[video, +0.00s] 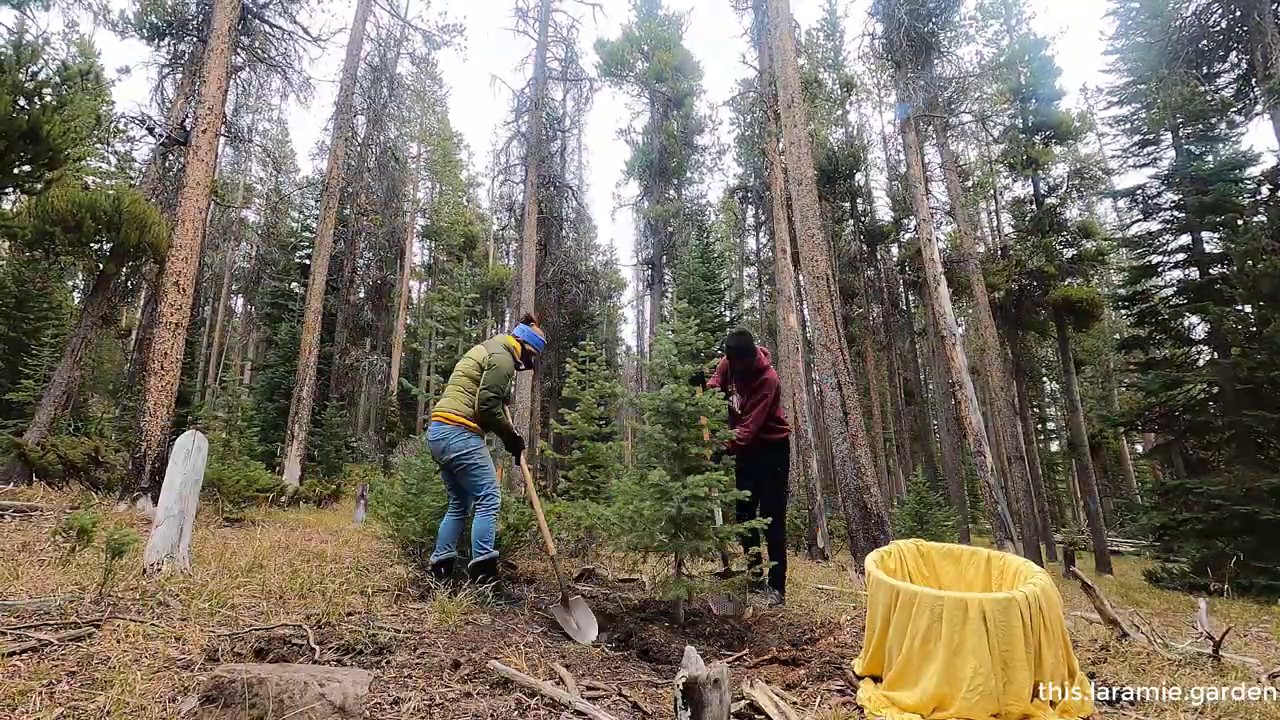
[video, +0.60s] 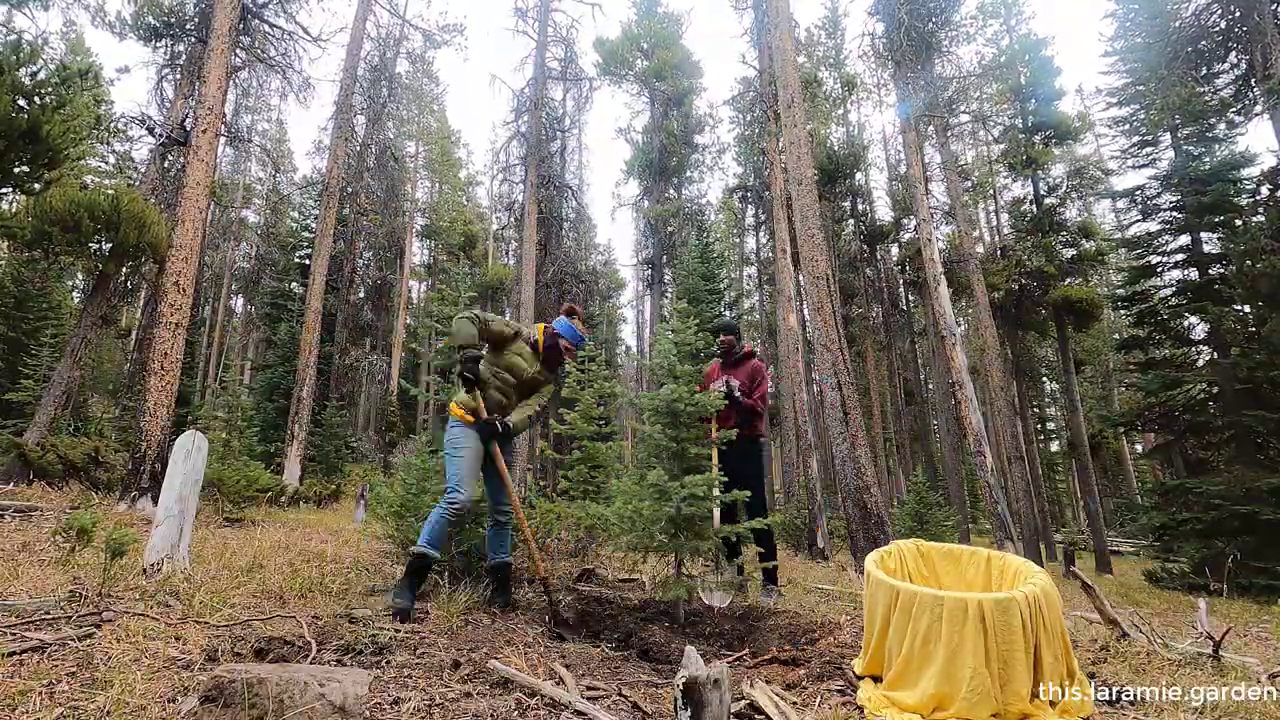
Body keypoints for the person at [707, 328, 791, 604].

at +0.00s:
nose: (735, 366)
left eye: (740, 361)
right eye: (732, 361)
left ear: (752, 355)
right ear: (728, 356)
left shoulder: (769, 379)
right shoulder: (727, 362)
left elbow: (752, 425)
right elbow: (715, 386)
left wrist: (722, 444)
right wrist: (705, 387)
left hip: (773, 446)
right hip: (745, 446)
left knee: (772, 517)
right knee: (745, 513)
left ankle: (776, 587)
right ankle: (754, 573)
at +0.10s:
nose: (745, 369)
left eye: (749, 364)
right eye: (743, 364)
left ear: (763, 359)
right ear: (741, 360)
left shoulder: (780, 386)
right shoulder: (742, 369)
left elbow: (766, 434)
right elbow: (735, 400)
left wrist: (740, 464)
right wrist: (725, 398)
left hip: (781, 453)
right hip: (754, 451)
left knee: (776, 518)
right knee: (755, 514)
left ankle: (786, 589)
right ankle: (767, 576)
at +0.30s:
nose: (742, 365)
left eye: (746, 359)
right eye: (739, 359)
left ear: (758, 353)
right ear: (737, 356)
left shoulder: (781, 376)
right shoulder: (757, 372)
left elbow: (773, 426)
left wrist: (750, 461)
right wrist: (744, 400)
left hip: (794, 447)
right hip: (774, 447)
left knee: (786, 520)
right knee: (774, 519)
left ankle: (800, 593)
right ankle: (786, 584)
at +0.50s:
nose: (717, 343)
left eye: (722, 338)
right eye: (713, 339)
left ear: (733, 340)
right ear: (709, 344)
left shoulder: (749, 363)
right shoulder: (705, 374)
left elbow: (770, 399)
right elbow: (698, 409)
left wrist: (736, 390)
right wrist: (709, 397)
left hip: (745, 443)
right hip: (717, 445)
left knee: (753, 508)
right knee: (725, 509)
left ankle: (768, 581)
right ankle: (734, 573)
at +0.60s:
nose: (722, 341)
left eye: (727, 336)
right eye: (719, 337)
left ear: (738, 338)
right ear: (717, 342)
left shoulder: (755, 367)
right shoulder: (713, 369)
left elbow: (761, 405)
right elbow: (699, 402)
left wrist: (737, 397)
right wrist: (713, 399)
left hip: (749, 443)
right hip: (723, 443)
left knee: (756, 509)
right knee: (727, 509)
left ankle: (769, 581)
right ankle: (735, 573)